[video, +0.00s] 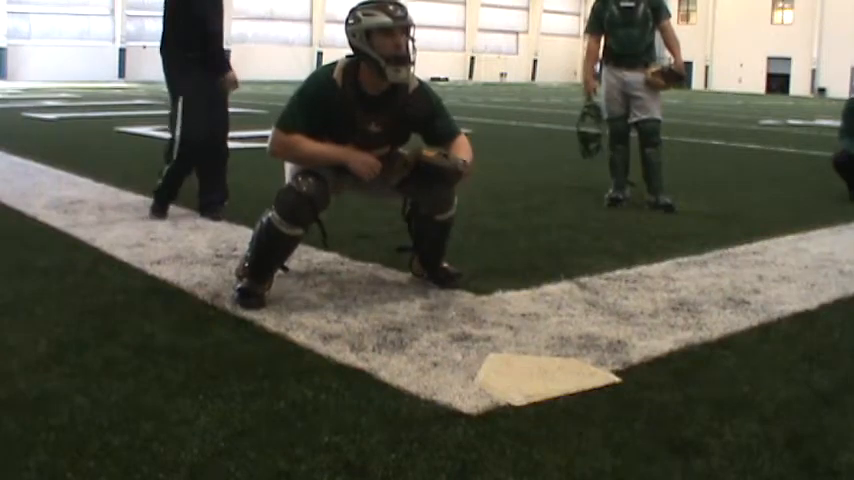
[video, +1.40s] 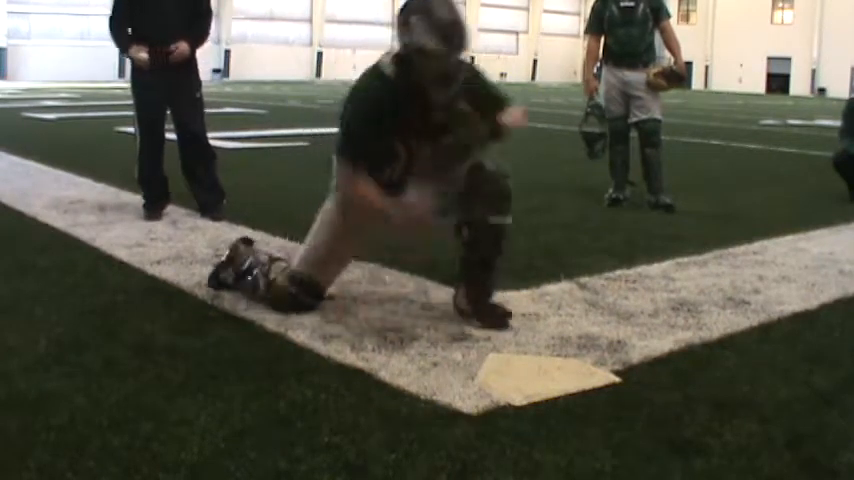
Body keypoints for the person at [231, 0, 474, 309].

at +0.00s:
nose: (400, 44)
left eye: (403, 35)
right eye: (388, 36)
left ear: (409, 37)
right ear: (362, 41)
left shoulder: (413, 92)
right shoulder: (325, 83)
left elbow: (456, 140)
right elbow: (280, 143)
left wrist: (456, 164)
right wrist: (348, 157)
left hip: (382, 166)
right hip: (322, 165)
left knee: (436, 181)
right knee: (305, 193)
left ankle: (430, 264)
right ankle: (254, 278)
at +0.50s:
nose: (400, 64)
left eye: (407, 55)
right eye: (392, 54)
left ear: (417, 51)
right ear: (369, 44)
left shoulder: (418, 79)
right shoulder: (328, 64)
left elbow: (424, 140)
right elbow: (315, 143)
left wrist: (409, 197)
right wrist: (352, 206)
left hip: (366, 158)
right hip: (313, 153)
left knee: (433, 206)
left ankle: (412, 255)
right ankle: (250, 261)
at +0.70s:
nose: (401, 94)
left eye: (408, 84)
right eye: (392, 84)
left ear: (416, 78)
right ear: (368, 74)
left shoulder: (415, 113)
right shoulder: (330, 107)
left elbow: (418, 162)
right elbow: (308, 185)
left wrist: (384, 208)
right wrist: (344, 240)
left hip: (370, 206)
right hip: (316, 204)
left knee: (430, 281)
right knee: (292, 296)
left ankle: (371, 254)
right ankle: (252, 264)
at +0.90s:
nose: (381, 110)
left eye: (389, 103)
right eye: (373, 103)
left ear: (400, 89)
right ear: (350, 84)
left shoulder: (405, 113)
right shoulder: (310, 110)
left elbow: (403, 160)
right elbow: (267, 155)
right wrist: (317, 211)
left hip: (371, 205)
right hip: (312, 203)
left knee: (430, 281)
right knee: (291, 297)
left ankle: (362, 255)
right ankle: (255, 265)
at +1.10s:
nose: (350, 95)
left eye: (358, 87)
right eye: (340, 87)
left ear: (372, 70)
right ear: (318, 71)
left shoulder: (384, 77)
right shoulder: (286, 94)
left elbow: (396, 118)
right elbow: (246, 140)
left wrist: (388, 158)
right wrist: (281, 188)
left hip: (377, 182)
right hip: (322, 194)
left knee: (450, 250)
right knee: (287, 297)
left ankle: (412, 245)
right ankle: (251, 266)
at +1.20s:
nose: (368, 111)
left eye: (376, 103)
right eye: (358, 102)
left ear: (392, 76)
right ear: (336, 81)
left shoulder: (399, 83)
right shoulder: (310, 107)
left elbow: (414, 108)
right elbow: (282, 198)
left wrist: (416, 137)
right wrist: (315, 276)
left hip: (381, 183)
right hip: (328, 194)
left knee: (455, 187)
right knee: (286, 298)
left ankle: (449, 262)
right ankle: (251, 270)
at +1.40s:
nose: (437, 72)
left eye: (446, 62)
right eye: (427, 62)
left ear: (456, 52)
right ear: (406, 50)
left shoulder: (463, 77)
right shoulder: (374, 90)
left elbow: (508, 115)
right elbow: (350, 181)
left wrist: (502, 124)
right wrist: (395, 209)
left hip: (435, 179)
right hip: (372, 183)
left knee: (491, 185)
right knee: (298, 295)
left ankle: (474, 294)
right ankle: (243, 263)